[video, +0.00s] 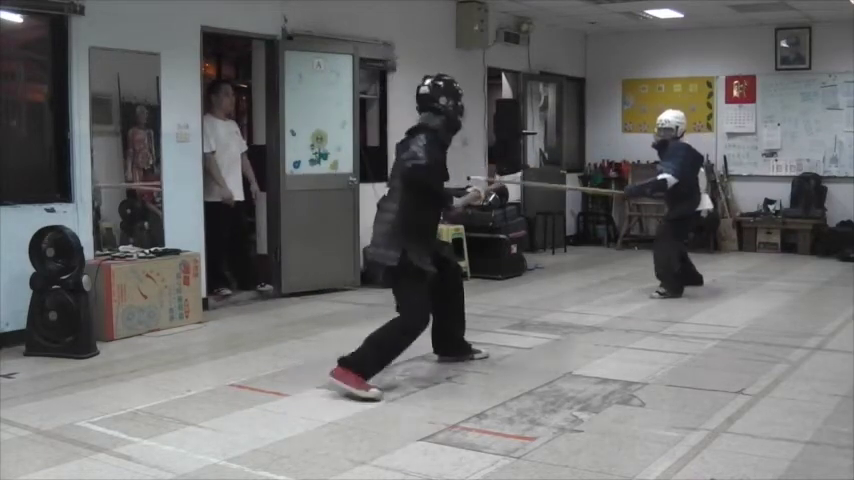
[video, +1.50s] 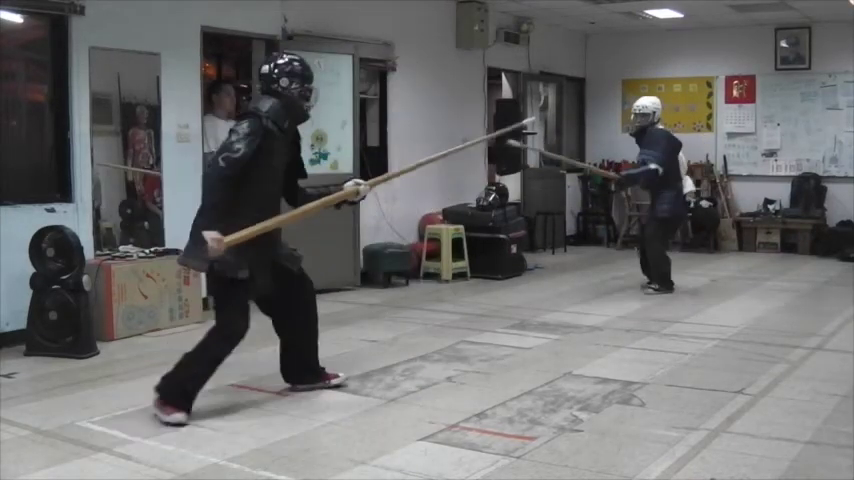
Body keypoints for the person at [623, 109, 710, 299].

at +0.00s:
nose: (662, 134)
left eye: (667, 130)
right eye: (660, 130)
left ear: (678, 131)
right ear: (657, 130)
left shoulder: (680, 150)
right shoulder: (668, 149)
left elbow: (666, 180)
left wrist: (635, 190)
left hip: (686, 207)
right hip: (679, 205)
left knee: (664, 240)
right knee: (668, 240)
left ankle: (672, 285)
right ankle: (689, 275)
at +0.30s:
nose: (645, 139)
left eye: (650, 135)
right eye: (644, 134)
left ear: (661, 137)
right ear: (641, 134)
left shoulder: (662, 157)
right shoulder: (651, 155)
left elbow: (659, 195)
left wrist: (636, 206)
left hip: (677, 208)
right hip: (672, 207)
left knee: (656, 241)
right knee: (677, 241)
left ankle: (660, 292)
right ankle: (691, 274)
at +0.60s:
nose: (632, 152)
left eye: (638, 148)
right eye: (630, 147)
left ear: (649, 150)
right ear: (627, 147)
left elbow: (646, 198)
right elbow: (615, 190)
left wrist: (611, 202)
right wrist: (596, 201)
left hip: (673, 216)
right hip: (655, 217)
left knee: (652, 251)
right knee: (680, 254)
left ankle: (656, 293)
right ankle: (717, 276)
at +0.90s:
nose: (623, 146)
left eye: (629, 142)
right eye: (622, 141)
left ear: (641, 143)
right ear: (619, 141)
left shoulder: (649, 163)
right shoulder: (631, 162)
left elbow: (648, 199)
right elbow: (633, 192)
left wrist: (628, 220)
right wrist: (625, 215)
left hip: (665, 210)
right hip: (653, 208)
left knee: (650, 249)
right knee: (663, 247)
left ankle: (656, 293)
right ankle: (689, 273)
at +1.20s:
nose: (630, 130)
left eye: (635, 125)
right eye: (628, 125)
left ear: (647, 126)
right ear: (625, 125)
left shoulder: (659, 148)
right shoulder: (638, 148)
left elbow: (662, 186)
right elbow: (643, 179)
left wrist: (634, 192)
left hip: (665, 204)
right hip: (650, 204)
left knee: (661, 244)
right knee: (642, 244)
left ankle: (661, 290)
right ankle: (655, 280)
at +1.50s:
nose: (638, 120)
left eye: (643, 116)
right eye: (636, 116)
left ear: (654, 116)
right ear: (634, 115)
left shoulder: (660, 136)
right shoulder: (646, 137)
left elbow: (655, 170)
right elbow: (646, 167)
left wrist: (625, 177)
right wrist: (624, 179)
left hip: (670, 195)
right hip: (659, 194)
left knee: (654, 235)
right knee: (647, 235)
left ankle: (664, 282)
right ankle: (655, 277)